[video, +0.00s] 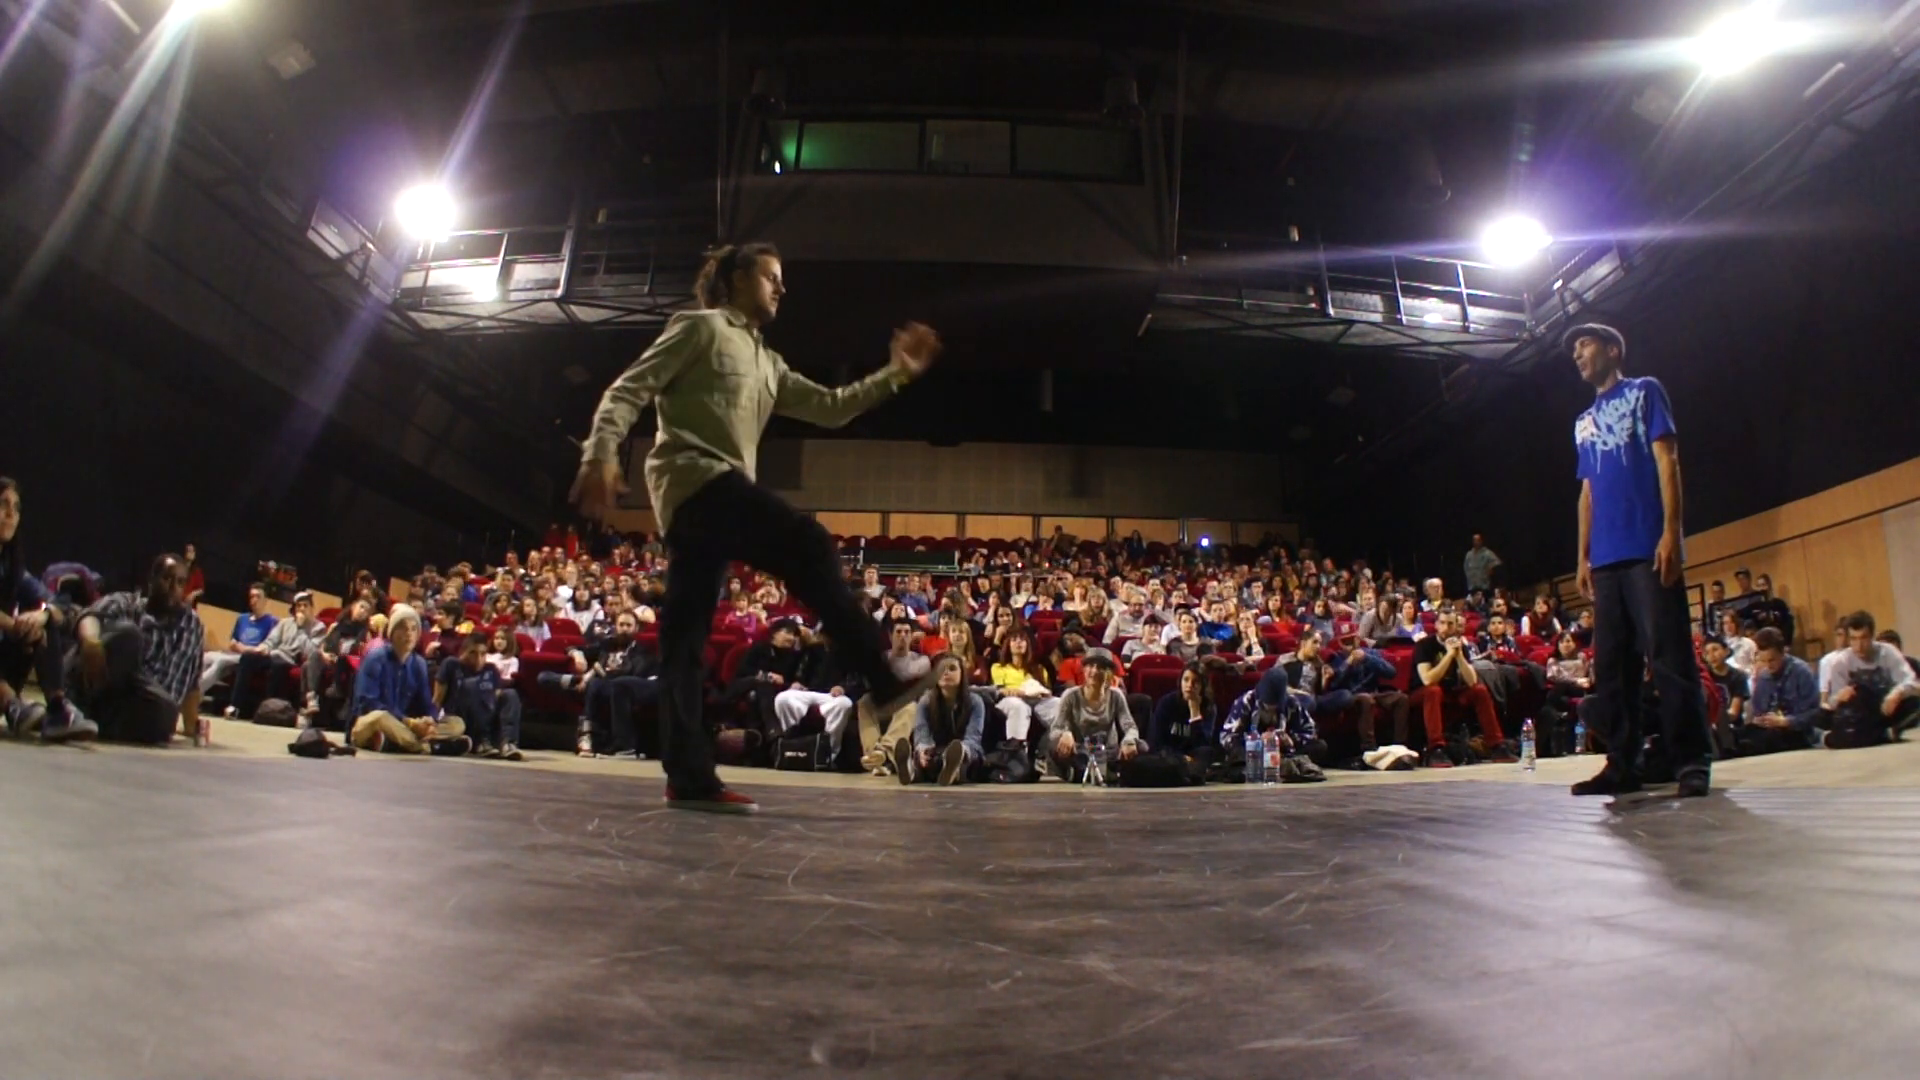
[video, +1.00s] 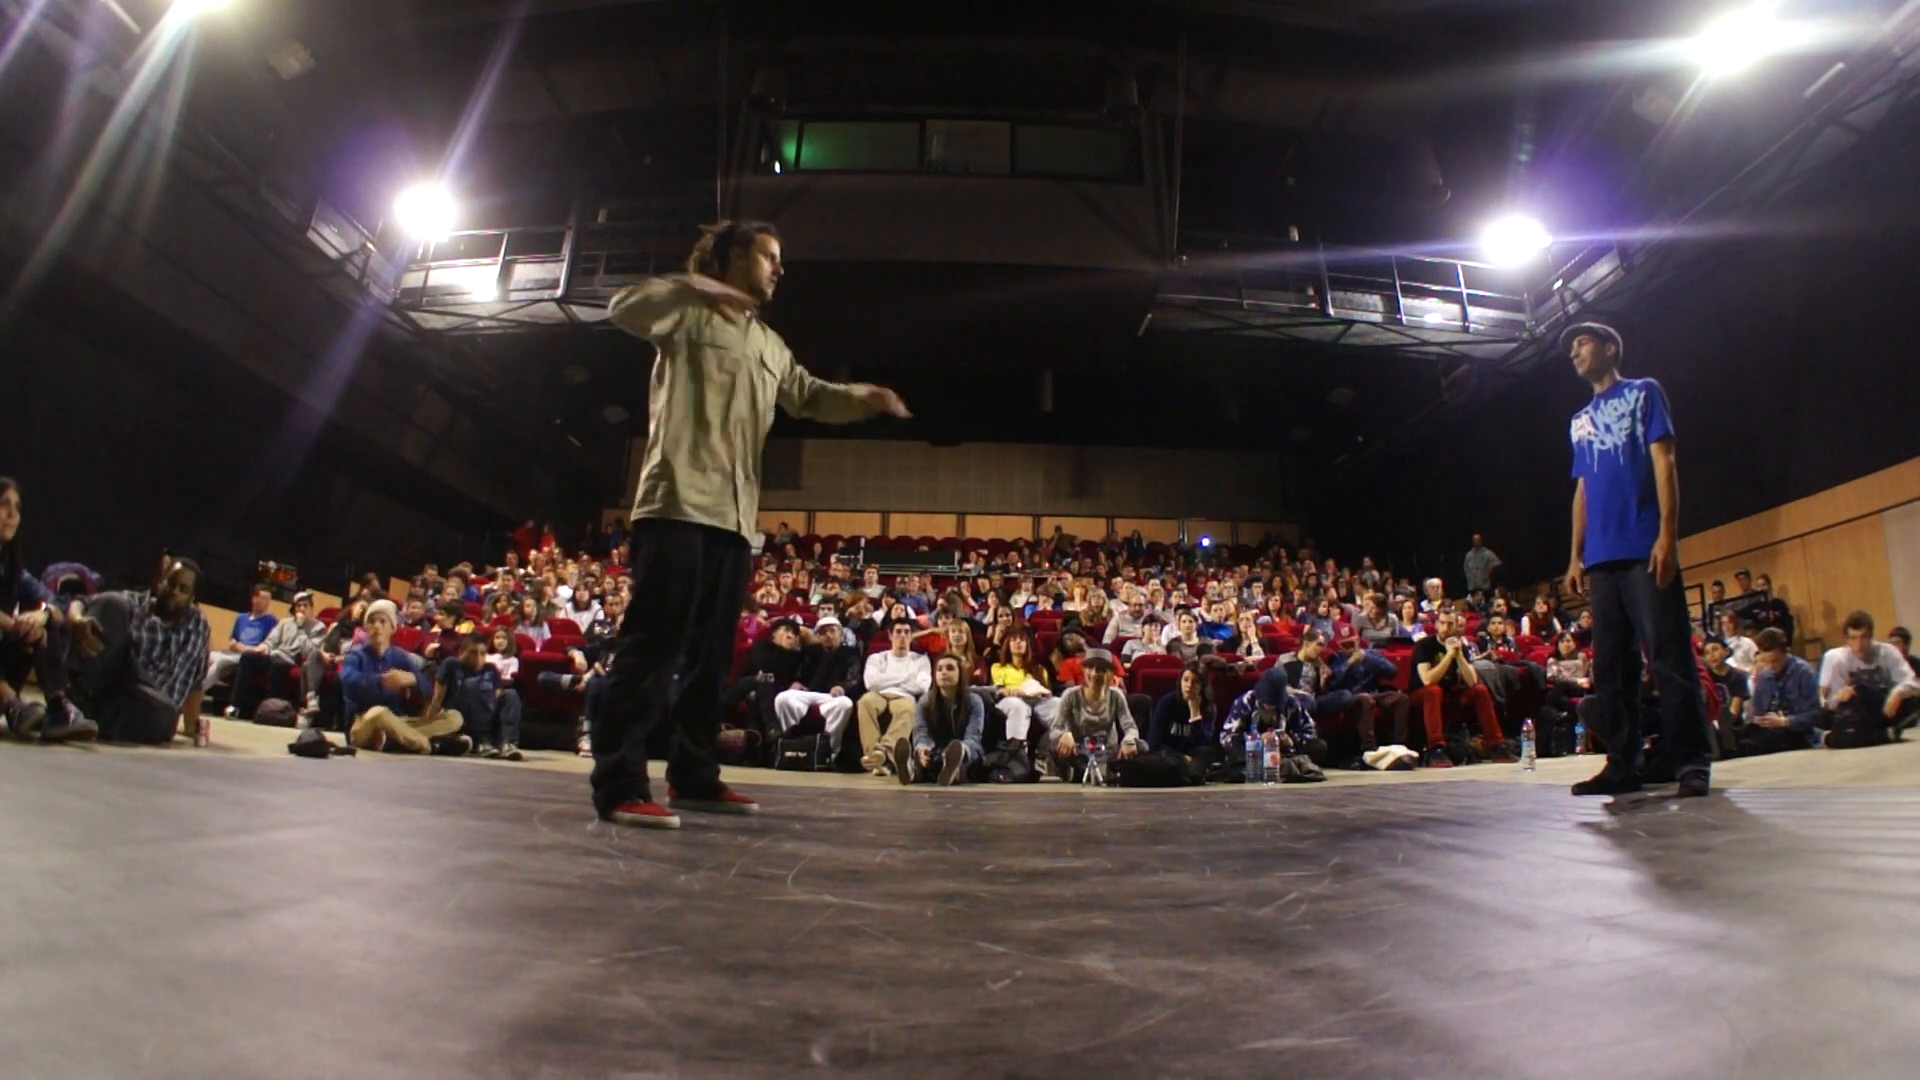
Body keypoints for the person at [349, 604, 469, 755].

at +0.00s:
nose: (409, 634)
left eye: (413, 629)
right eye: (402, 628)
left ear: (418, 634)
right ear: (391, 632)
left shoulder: (419, 664)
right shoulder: (375, 658)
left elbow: (426, 704)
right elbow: (367, 703)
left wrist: (429, 720)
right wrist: (407, 722)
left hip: (412, 724)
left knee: (457, 724)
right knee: (381, 718)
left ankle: (396, 744)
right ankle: (425, 748)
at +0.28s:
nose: (400, 637)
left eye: (407, 632)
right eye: (396, 630)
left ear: (417, 638)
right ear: (390, 634)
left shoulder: (420, 665)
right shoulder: (373, 660)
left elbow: (420, 707)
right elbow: (364, 704)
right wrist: (406, 700)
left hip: (410, 724)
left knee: (456, 724)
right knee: (379, 718)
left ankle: (393, 744)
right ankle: (428, 747)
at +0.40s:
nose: (398, 637)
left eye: (405, 633)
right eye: (394, 631)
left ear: (415, 639)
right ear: (388, 633)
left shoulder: (419, 664)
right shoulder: (372, 660)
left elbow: (426, 706)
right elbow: (367, 705)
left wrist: (428, 720)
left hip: (404, 724)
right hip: (366, 725)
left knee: (457, 724)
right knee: (380, 717)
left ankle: (393, 744)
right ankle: (428, 747)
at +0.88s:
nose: (381, 629)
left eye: (387, 624)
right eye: (376, 624)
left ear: (398, 630)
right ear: (371, 630)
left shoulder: (408, 661)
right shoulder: (359, 659)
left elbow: (427, 700)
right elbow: (354, 696)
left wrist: (419, 702)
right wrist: (385, 675)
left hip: (402, 723)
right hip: (364, 727)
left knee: (456, 723)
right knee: (379, 716)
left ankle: (393, 743)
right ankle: (430, 748)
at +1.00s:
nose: (377, 626)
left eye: (382, 621)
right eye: (372, 622)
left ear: (393, 628)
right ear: (366, 627)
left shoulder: (400, 657)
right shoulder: (356, 655)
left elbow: (427, 690)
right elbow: (349, 679)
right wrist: (384, 681)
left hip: (401, 720)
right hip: (364, 725)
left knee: (455, 717)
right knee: (379, 713)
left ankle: (395, 742)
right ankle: (429, 747)